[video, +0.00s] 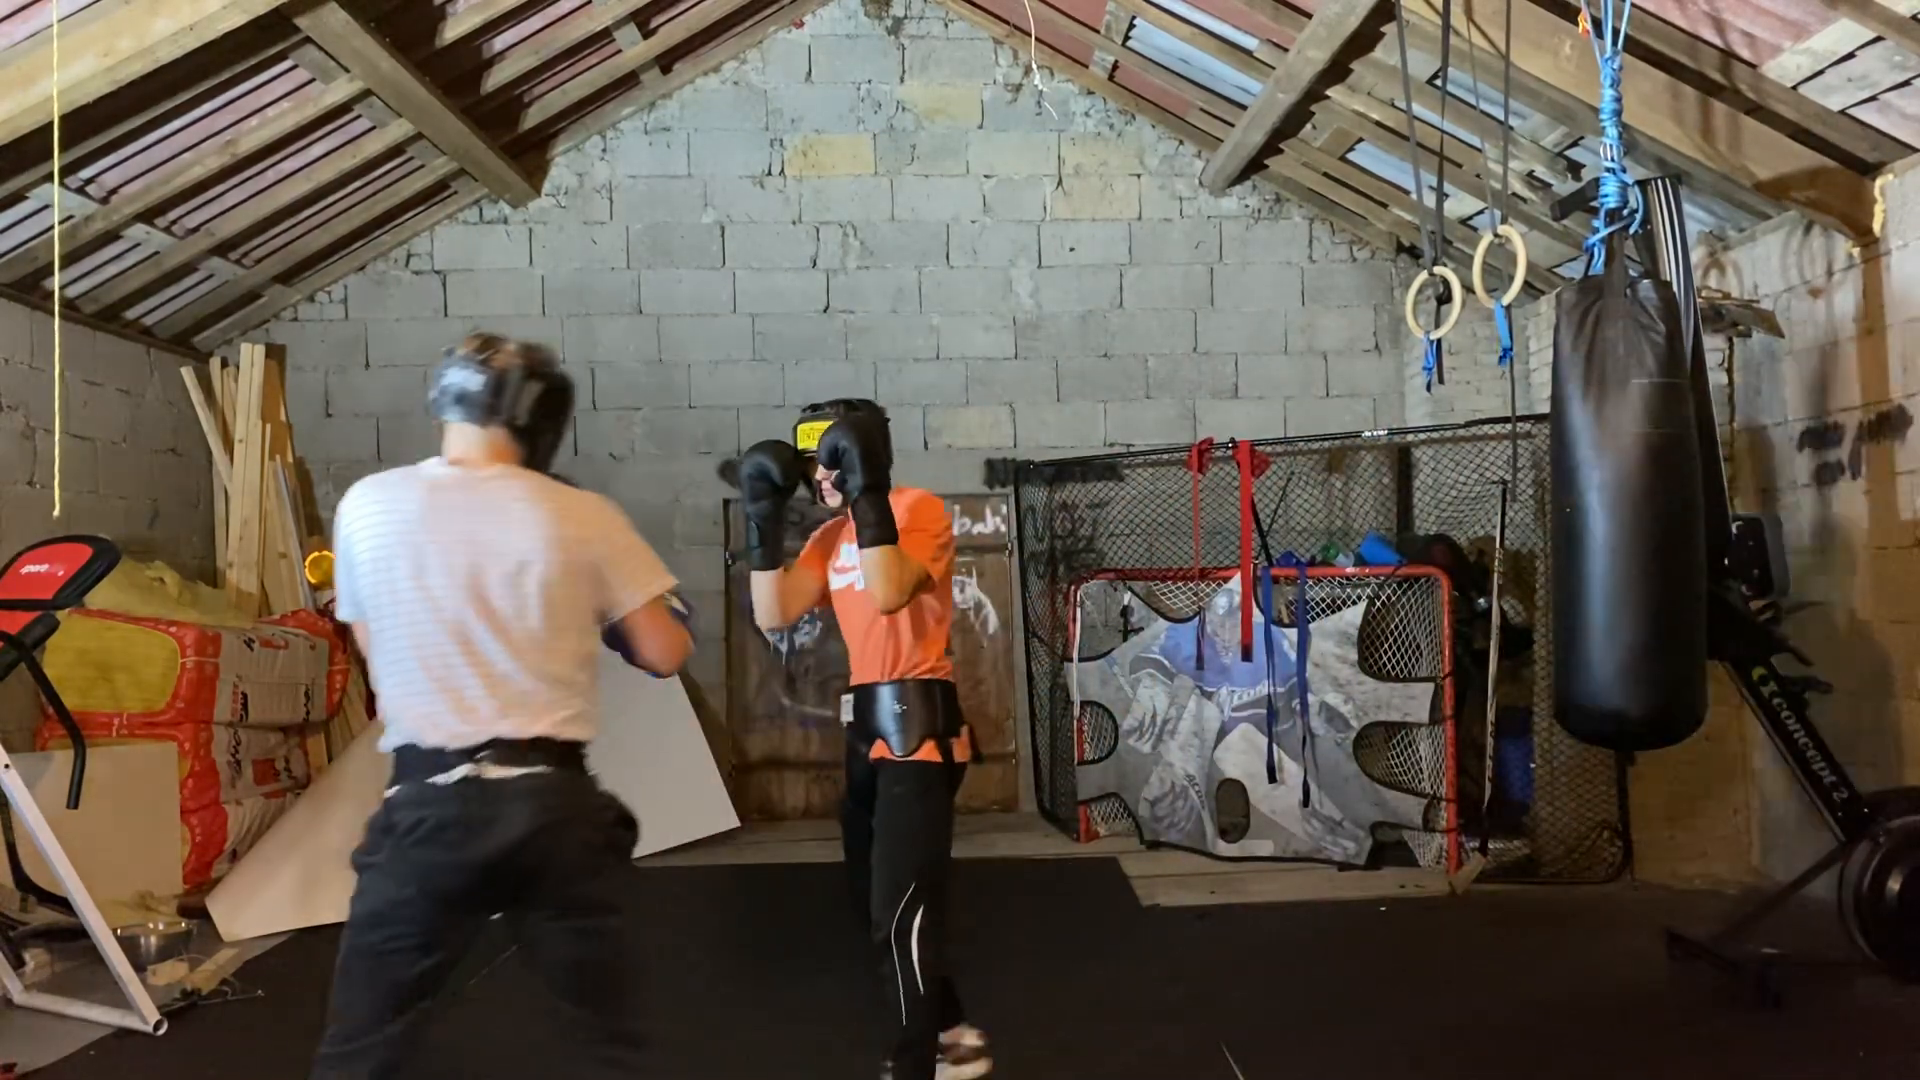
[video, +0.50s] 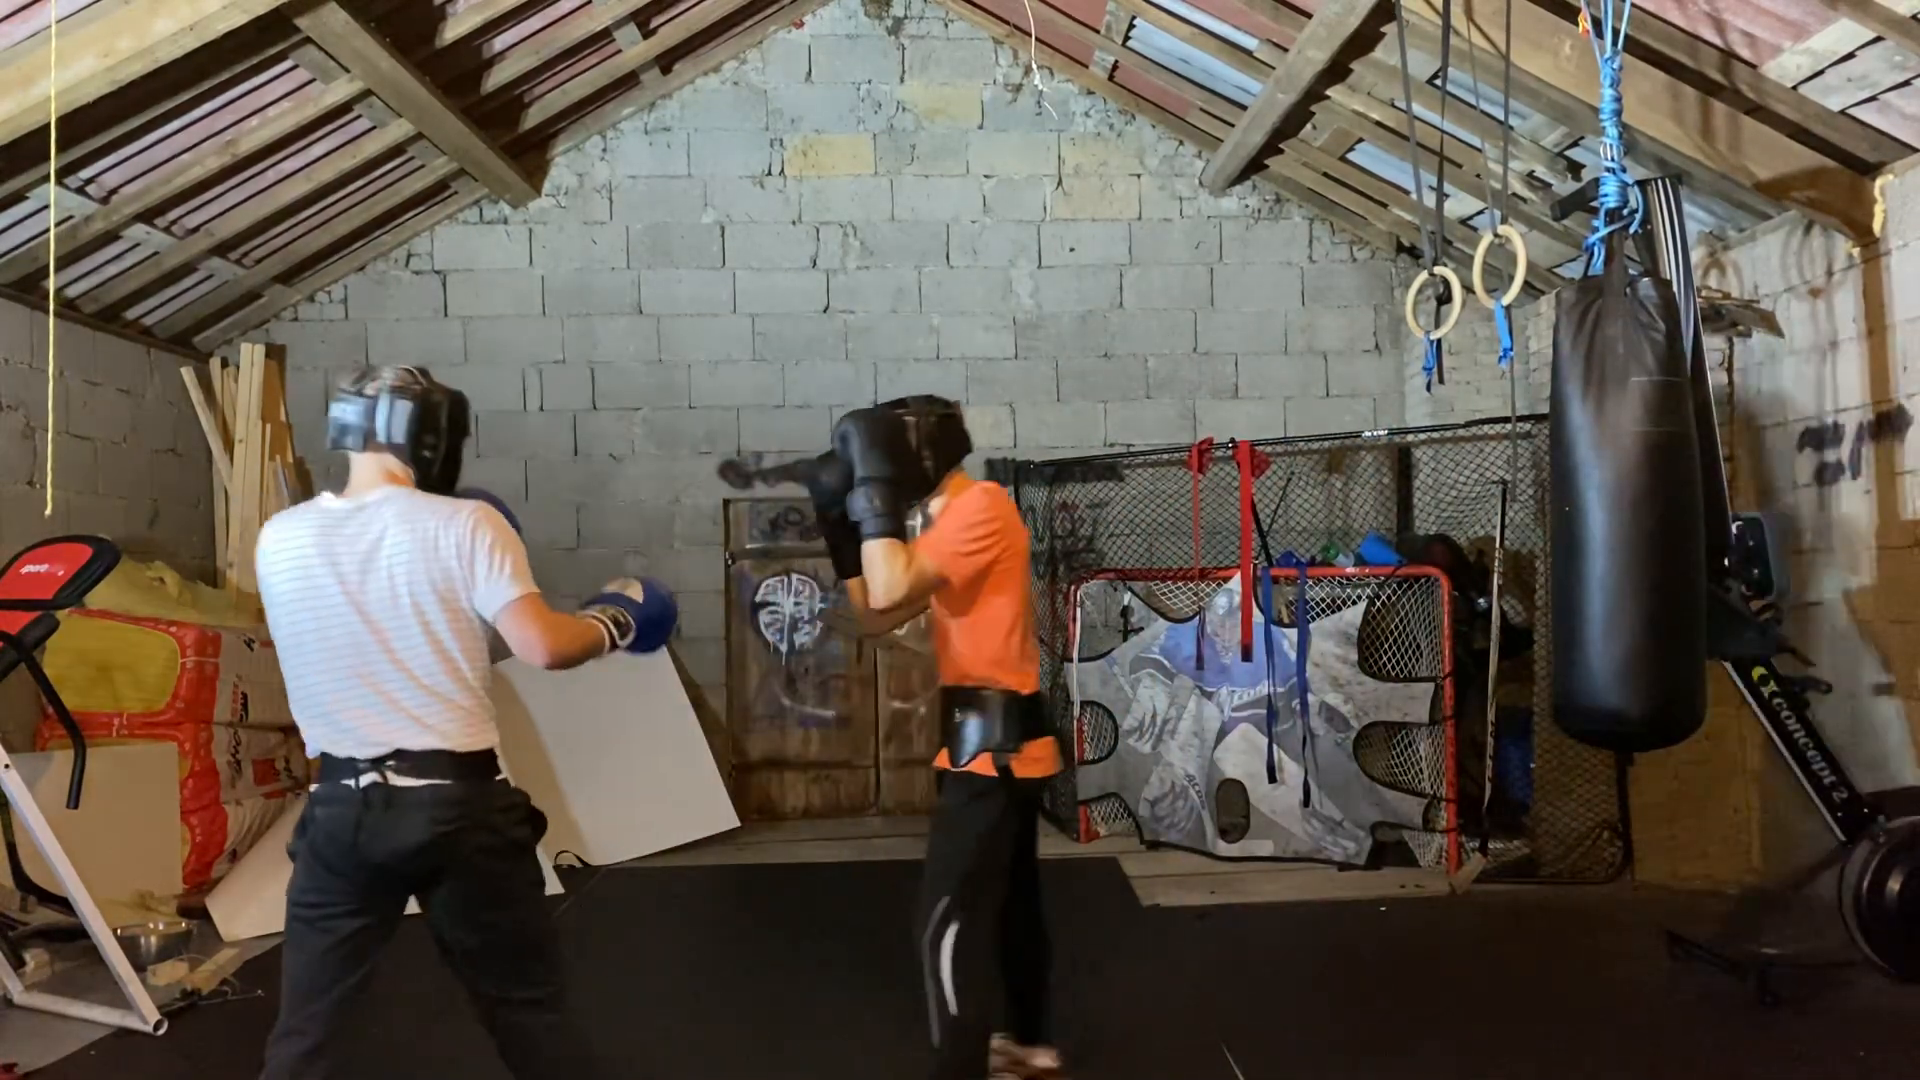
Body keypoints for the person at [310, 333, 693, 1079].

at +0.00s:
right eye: (549, 420)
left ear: (446, 409)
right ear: (544, 422)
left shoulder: (365, 506)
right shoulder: (581, 517)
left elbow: (365, 638)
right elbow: (663, 652)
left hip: (425, 825)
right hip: (556, 816)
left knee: (355, 1056)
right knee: (615, 1048)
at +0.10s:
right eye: (494, 431)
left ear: (386, 428)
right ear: (486, 437)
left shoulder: (310, 534)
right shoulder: (528, 532)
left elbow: (316, 648)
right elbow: (615, 659)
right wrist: (652, 626)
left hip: (382, 841)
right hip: (514, 832)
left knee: (327, 1056)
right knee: (595, 1044)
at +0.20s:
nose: (457, 436)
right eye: (452, 422)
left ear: (348, 416)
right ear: (444, 427)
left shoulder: (273, 527)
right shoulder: (483, 517)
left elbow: (290, 655)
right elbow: (562, 643)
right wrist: (623, 621)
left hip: (359, 827)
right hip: (488, 814)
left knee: (308, 1050)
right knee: (579, 1015)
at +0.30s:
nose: (435, 421)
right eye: (431, 408)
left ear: (327, 407)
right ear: (421, 415)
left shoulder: (255, 519)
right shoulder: (460, 501)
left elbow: (283, 635)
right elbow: (530, 620)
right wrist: (611, 599)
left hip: (345, 807)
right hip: (467, 788)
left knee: (308, 1036)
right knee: (558, 992)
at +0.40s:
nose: (433, 434)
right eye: (429, 420)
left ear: (325, 420)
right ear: (419, 426)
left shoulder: (257, 529)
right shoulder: (454, 509)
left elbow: (298, 639)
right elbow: (532, 626)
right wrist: (607, 598)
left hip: (336, 813)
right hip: (458, 799)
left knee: (299, 1040)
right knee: (535, 1019)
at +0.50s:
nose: (453, 453)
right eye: (449, 439)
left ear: (348, 436)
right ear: (435, 444)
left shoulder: (277, 541)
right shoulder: (466, 527)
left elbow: (357, 606)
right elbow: (542, 643)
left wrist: (458, 528)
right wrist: (617, 618)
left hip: (340, 820)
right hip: (459, 813)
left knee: (301, 1038)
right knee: (535, 1024)